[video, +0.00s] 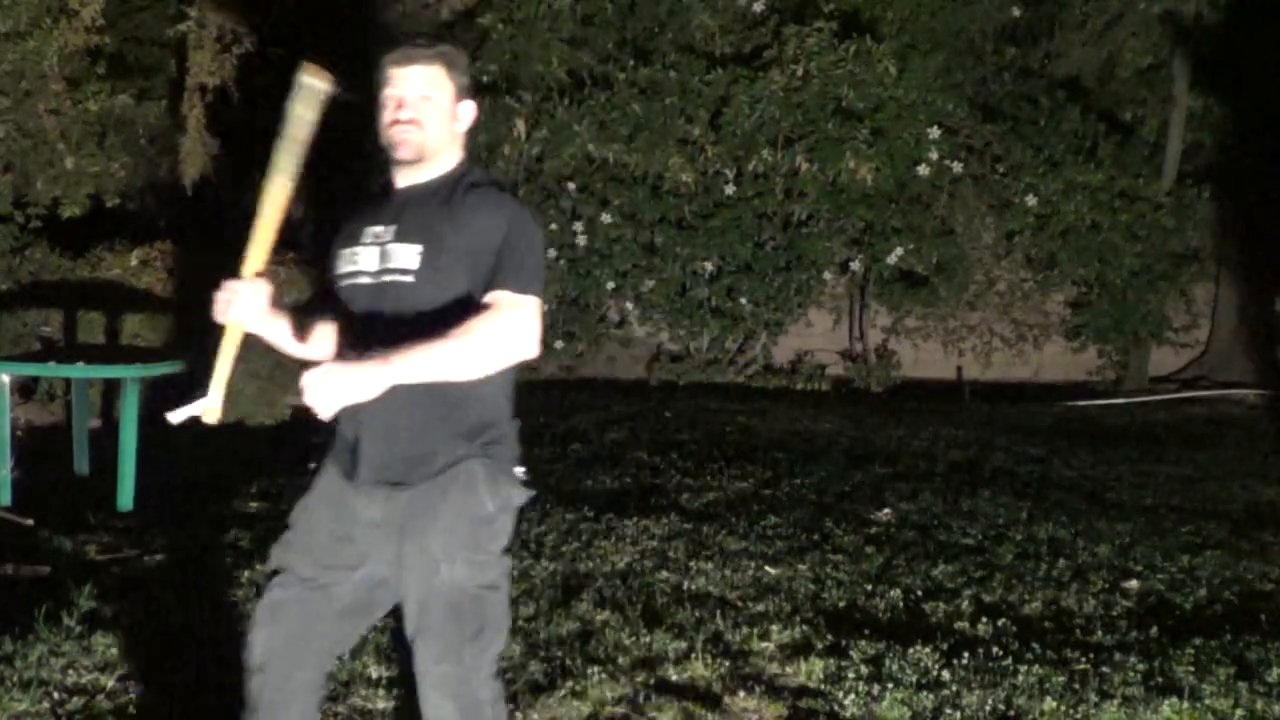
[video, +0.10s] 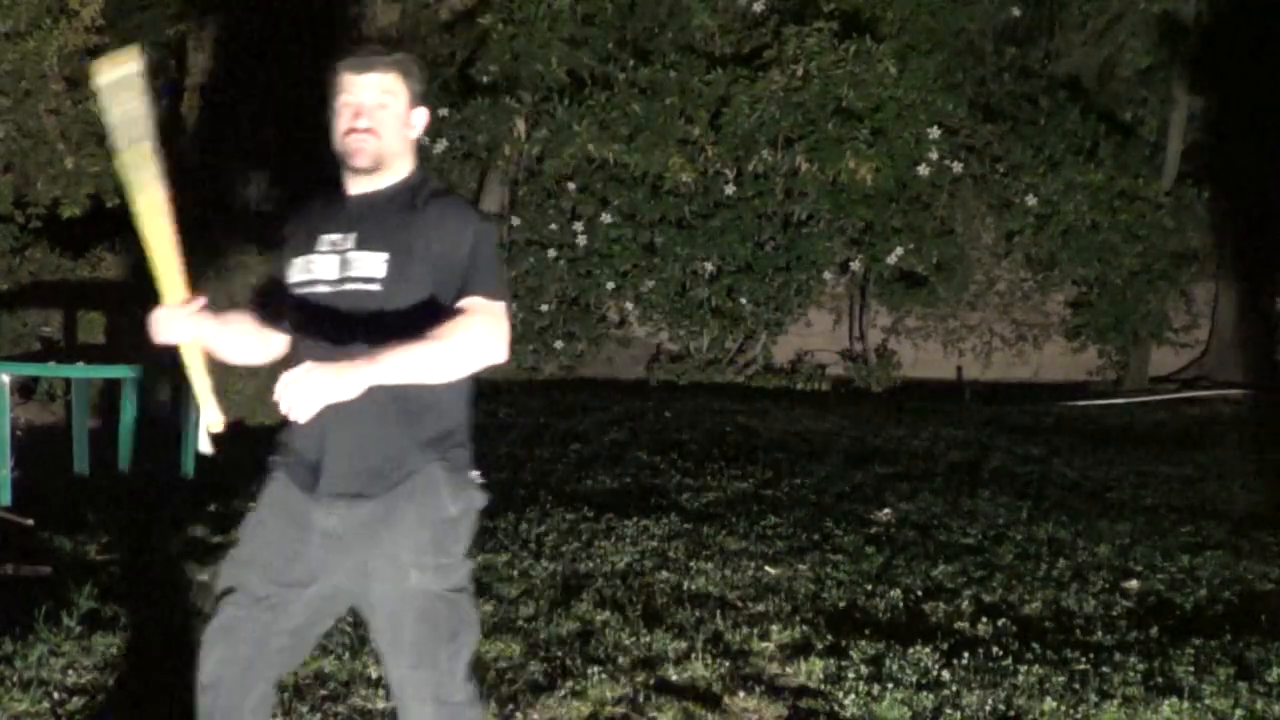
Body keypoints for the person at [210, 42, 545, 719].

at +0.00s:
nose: (398, 112)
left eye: (420, 99)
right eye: (388, 100)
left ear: (464, 114)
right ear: (375, 115)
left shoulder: (501, 218)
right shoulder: (359, 226)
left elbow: (516, 333)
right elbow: (336, 341)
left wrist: (373, 373)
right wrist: (269, 320)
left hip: (459, 480)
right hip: (353, 481)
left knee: (455, 688)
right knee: (278, 657)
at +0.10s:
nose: (357, 118)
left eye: (377, 105)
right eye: (345, 106)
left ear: (417, 121)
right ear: (329, 122)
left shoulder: (455, 225)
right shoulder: (310, 227)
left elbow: (487, 337)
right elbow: (273, 337)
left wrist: (353, 374)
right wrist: (200, 326)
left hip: (414, 491)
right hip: (302, 492)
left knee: (432, 695)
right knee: (229, 673)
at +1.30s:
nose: (273, 111)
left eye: (271, 89)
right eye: (262, 87)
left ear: (209, 92)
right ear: (203, 90)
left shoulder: (223, 201)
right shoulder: (112, 215)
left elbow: (302, 280)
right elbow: (99, 372)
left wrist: (434, 302)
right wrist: (227, 479)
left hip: (233, 472)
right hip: (144, 484)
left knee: (304, 632)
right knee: (155, 695)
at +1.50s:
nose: (294, 111)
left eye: (292, 89)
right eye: (282, 88)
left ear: (231, 95)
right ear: (225, 93)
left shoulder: (249, 204)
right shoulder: (140, 215)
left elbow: (334, 268)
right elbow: (103, 361)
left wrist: (475, 276)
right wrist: (214, 489)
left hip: (266, 495)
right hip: (173, 508)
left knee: (324, 670)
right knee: (162, 703)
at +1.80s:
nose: (379, 128)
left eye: (378, 109)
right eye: (368, 107)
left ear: (318, 112)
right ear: (316, 110)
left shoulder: (329, 215)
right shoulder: (239, 216)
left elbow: (411, 277)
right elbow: (187, 355)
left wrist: (543, 269)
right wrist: (249, 495)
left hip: (341, 515)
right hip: (261, 517)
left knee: (356, 697)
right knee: (221, 705)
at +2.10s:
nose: (436, 129)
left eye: (436, 112)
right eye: (426, 110)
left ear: (377, 109)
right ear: (374, 107)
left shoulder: (389, 208)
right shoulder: (295, 198)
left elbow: (460, 277)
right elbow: (245, 329)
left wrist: (587, 275)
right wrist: (335, 450)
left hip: (366, 473)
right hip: (293, 474)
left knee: (378, 662)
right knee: (301, 673)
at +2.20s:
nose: (435, 128)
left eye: (435, 110)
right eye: (423, 108)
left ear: (376, 108)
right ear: (371, 107)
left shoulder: (385, 211)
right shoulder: (289, 201)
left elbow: (464, 278)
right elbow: (252, 330)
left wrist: (589, 277)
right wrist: (359, 434)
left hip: (365, 471)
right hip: (295, 471)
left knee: (378, 661)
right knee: (306, 672)